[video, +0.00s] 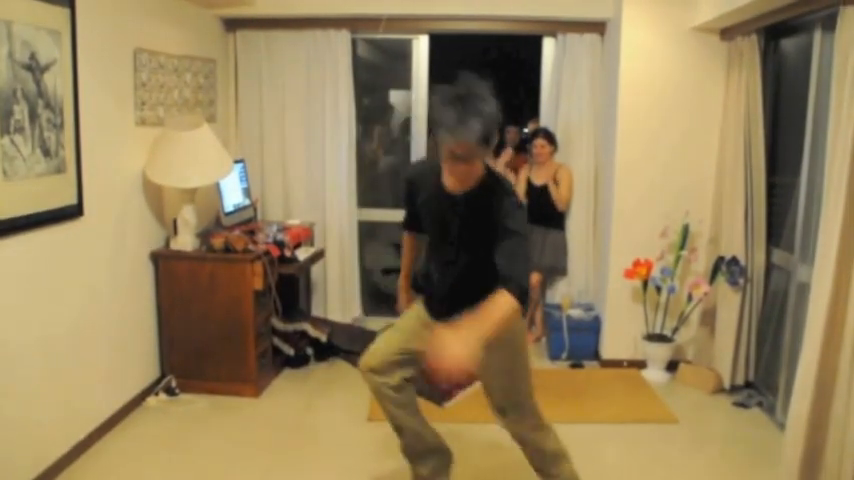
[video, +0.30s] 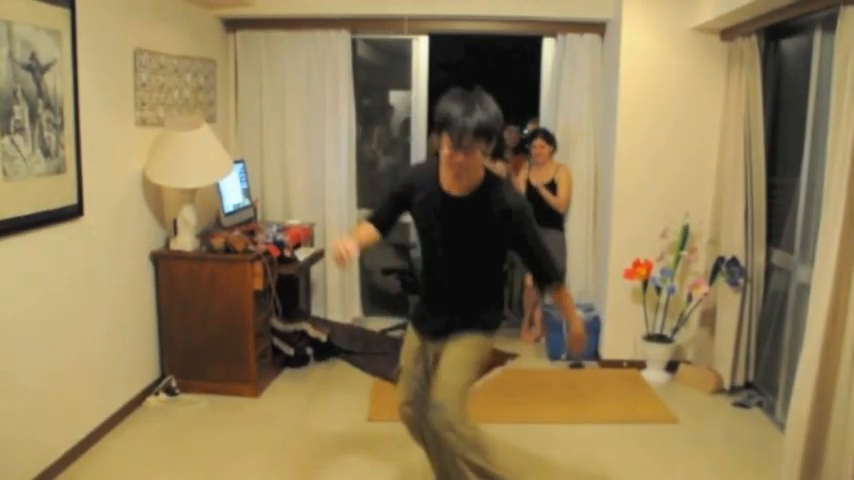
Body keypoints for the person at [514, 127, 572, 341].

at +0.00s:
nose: (538, 151)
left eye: (542, 146)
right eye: (535, 146)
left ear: (552, 149)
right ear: (530, 150)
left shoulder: (561, 171)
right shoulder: (526, 171)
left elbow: (562, 205)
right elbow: (520, 199)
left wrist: (551, 184)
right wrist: (521, 176)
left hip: (551, 230)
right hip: (531, 228)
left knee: (535, 278)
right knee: (537, 283)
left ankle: (527, 322)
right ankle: (539, 325)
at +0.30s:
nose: (537, 151)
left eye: (542, 146)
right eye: (534, 147)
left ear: (551, 149)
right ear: (529, 150)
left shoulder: (561, 171)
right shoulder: (525, 172)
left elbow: (561, 205)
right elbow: (519, 197)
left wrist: (540, 188)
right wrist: (520, 176)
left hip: (552, 231)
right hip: (531, 230)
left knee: (548, 281)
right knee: (531, 280)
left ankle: (527, 324)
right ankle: (537, 325)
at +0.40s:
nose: (537, 151)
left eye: (542, 146)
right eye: (534, 146)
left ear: (552, 149)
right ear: (529, 150)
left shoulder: (560, 172)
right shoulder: (523, 172)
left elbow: (560, 205)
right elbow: (516, 200)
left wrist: (550, 183)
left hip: (550, 231)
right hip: (527, 228)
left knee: (532, 278)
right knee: (535, 282)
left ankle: (526, 323)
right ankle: (538, 325)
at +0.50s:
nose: (537, 152)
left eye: (542, 147)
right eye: (534, 147)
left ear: (551, 149)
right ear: (529, 150)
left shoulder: (560, 172)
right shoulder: (524, 172)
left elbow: (561, 205)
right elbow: (518, 200)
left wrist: (548, 183)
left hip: (550, 232)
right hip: (527, 229)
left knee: (532, 278)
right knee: (535, 283)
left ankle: (525, 323)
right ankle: (539, 327)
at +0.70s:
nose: (537, 152)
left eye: (542, 147)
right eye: (534, 147)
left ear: (552, 150)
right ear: (529, 151)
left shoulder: (560, 172)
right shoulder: (523, 173)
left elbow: (562, 206)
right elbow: (516, 201)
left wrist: (538, 196)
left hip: (548, 231)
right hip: (524, 230)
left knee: (531, 279)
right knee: (534, 283)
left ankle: (525, 323)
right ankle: (538, 326)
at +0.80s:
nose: (537, 152)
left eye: (542, 148)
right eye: (534, 148)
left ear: (552, 150)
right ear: (529, 151)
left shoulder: (561, 172)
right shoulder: (526, 171)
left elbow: (562, 206)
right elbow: (521, 201)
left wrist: (542, 189)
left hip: (550, 231)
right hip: (529, 228)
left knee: (532, 278)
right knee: (534, 283)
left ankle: (525, 323)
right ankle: (538, 327)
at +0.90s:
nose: (537, 153)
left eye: (542, 148)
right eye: (534, 148)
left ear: (552, 150)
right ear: (530, 151)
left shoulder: (561, 172)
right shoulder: (525, 172)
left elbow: (562, 206)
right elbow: (519, 207)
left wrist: (548, 186)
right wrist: (517, 189)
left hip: (550, 231)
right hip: (529, 229)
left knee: (532, 279)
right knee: (535, 284)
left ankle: (525, 324)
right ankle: (538, 327)